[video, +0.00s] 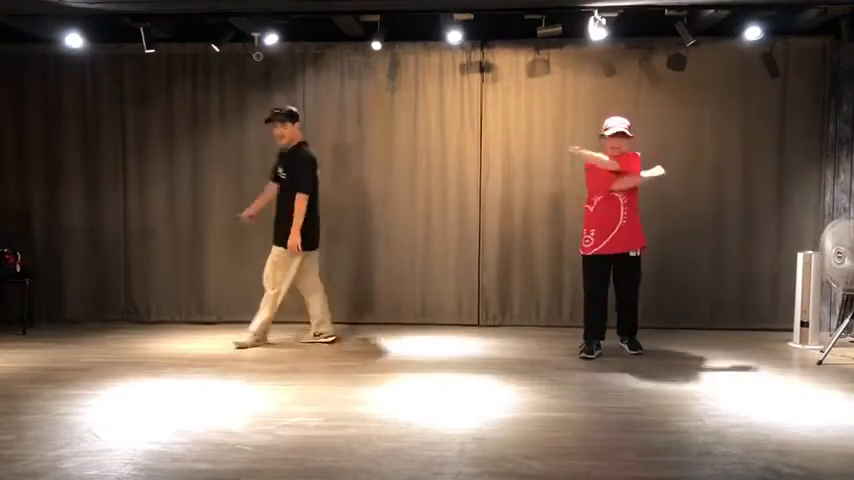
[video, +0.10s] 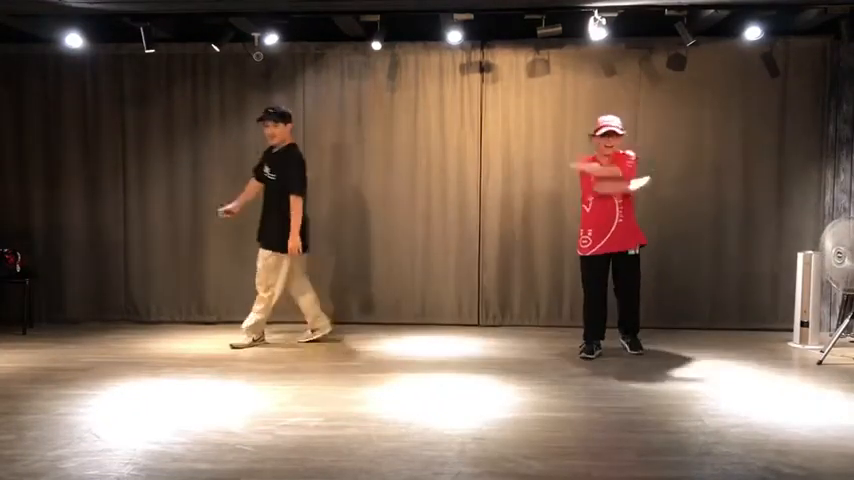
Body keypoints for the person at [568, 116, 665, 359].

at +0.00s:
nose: (616, 142)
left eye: (621, 137)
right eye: (611, 137)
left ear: (629, 141)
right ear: (603, 140)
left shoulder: (635, 161)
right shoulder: (593, 166)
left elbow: (611, 164)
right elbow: (616, 184)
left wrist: (584, 153)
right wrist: (646, 175)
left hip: (627, 240)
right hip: (597, 241)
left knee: (628, 293)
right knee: (595, 294)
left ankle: (628, 336)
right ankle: (592, 340)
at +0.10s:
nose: (609, 141)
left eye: (614, 136)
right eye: (604, 136)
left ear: (621, 139)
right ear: (594, 139)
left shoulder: (628, 158)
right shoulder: (587, 164)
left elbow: (623, 172)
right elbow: (596, 187)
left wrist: (586, 168)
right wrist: (628, 186)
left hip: (625, 238)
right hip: (594, 239)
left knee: (629, 291)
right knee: (594, 293)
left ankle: (629, 334)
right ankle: (592, 340)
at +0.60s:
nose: (591, 153)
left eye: (596, 148)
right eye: (587, 148)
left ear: (608, 145)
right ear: (582, 146)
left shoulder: (621, 166)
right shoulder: (574, 171)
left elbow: (645, 192)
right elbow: (551, 198)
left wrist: (625, 197)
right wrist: (559, 212)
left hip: (614, 248)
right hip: (583, 249)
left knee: (614, 298)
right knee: (586, 298)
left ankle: (616, 344)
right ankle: (590, 342)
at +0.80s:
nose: (600, 146)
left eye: (605, 141)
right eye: (595, 141)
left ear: (616, 142)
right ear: (589, 144)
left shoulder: (625, 162)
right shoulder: (580, 166)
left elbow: (596, 171)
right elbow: (606, 189)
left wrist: (570, 161)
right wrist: (640, 180)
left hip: (614, 247)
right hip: (583, 247)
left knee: (611, 300)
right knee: (585, 298)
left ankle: (610, 349)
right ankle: (589, 343)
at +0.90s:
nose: (602, 144)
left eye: (607, 139)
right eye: (597, 139)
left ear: (617, 141)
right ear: (591, 142)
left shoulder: (627, 164)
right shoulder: (581, 167)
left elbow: (628, 193)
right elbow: (598, 194)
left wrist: (597, 190)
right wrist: (632, 196)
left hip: (617, 248)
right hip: (586, 248)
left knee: (613, 301)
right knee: (588, 298)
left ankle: (610, 349)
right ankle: (591, 342)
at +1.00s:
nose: (606, 142)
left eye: (611, 138)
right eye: (601, 138)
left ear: (619, 140)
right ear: (594, 140)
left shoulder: (632, 167)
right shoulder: (582, 168)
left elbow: (637, 201)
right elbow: (579, 206)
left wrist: (617, 204)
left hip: (620, 248)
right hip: (587, 247)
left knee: (614, 300)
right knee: (587, 296)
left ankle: (610, 349)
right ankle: (591, 341)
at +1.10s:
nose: (611, 141)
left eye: (616, 136)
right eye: (606, 136)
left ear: (624, 138)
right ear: (598, 138)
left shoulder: (635, 168)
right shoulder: (583, 167)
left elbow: (659, 195)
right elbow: (558, 196)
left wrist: (661, 216)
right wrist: (556, 226)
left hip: (621, 250)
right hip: (588, 249)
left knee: (615, 302)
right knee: (587, 298)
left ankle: (611, 350)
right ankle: (591, 341)